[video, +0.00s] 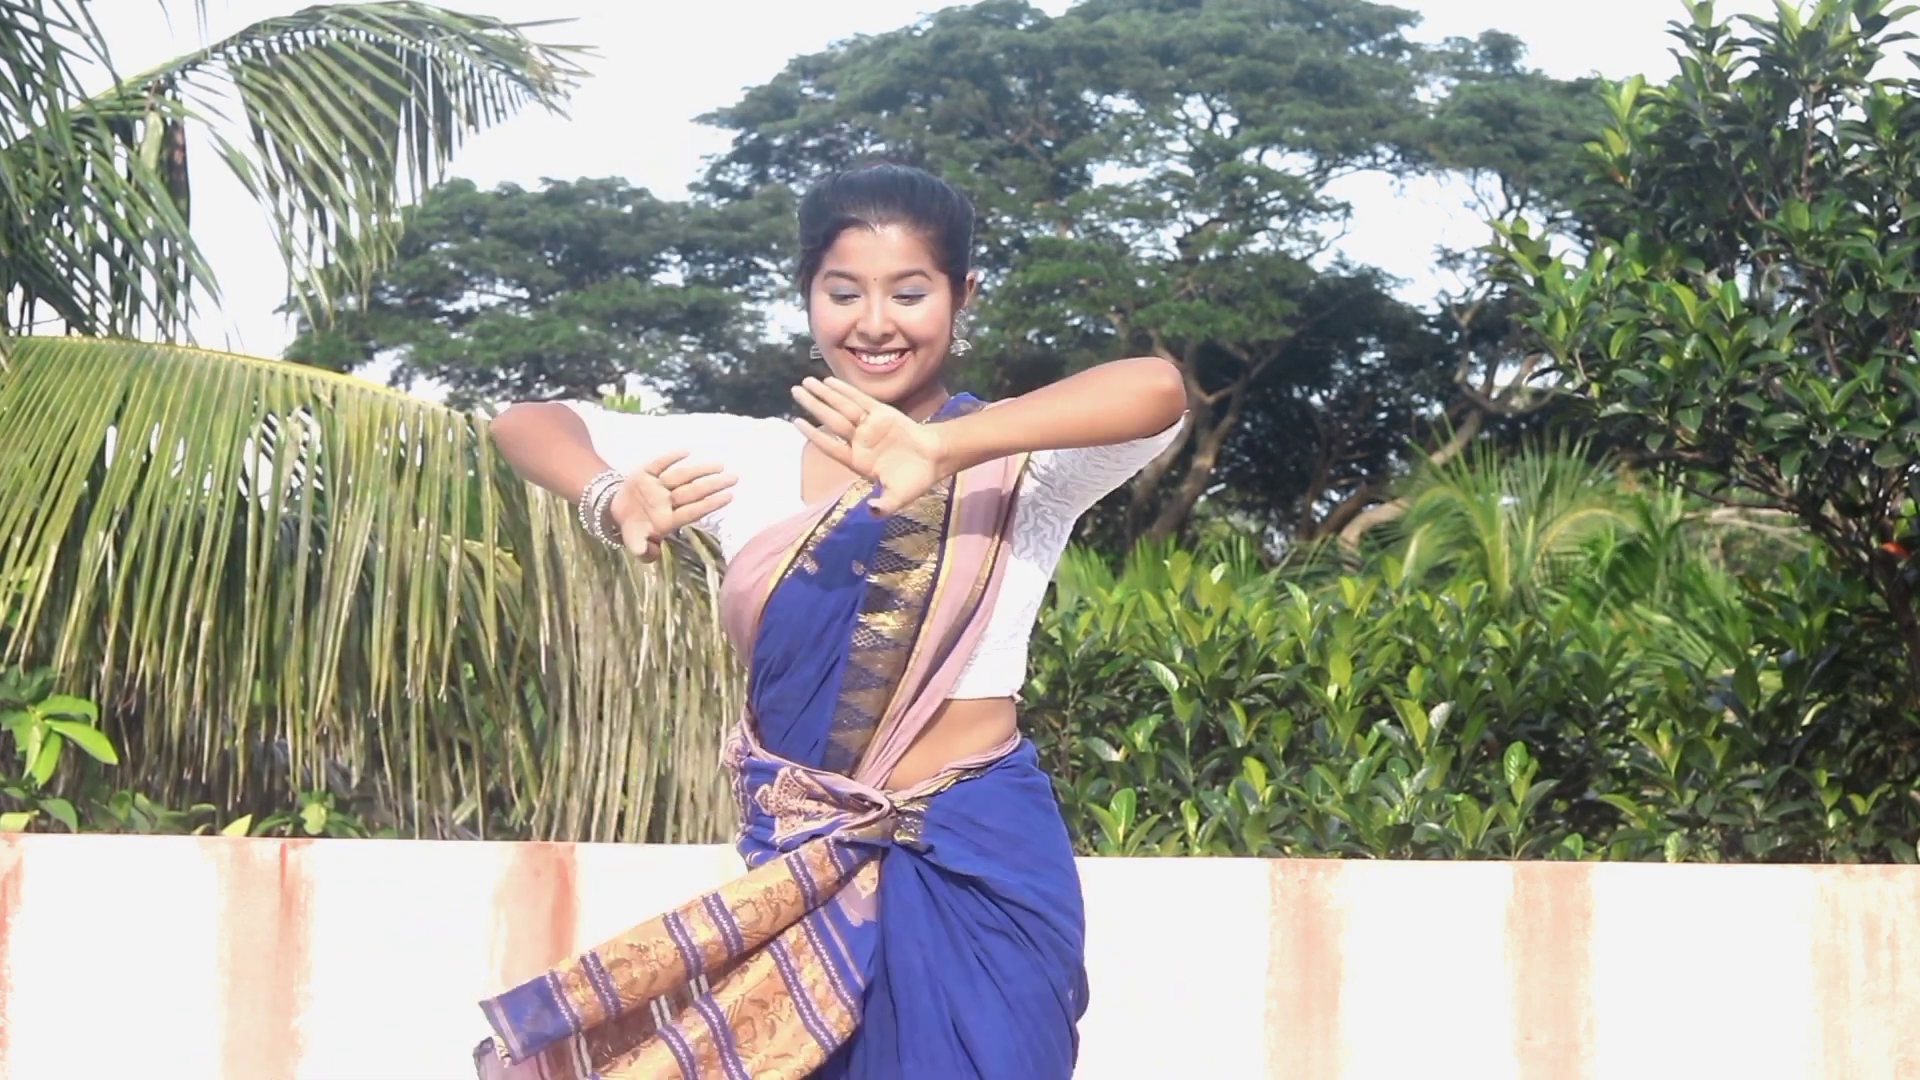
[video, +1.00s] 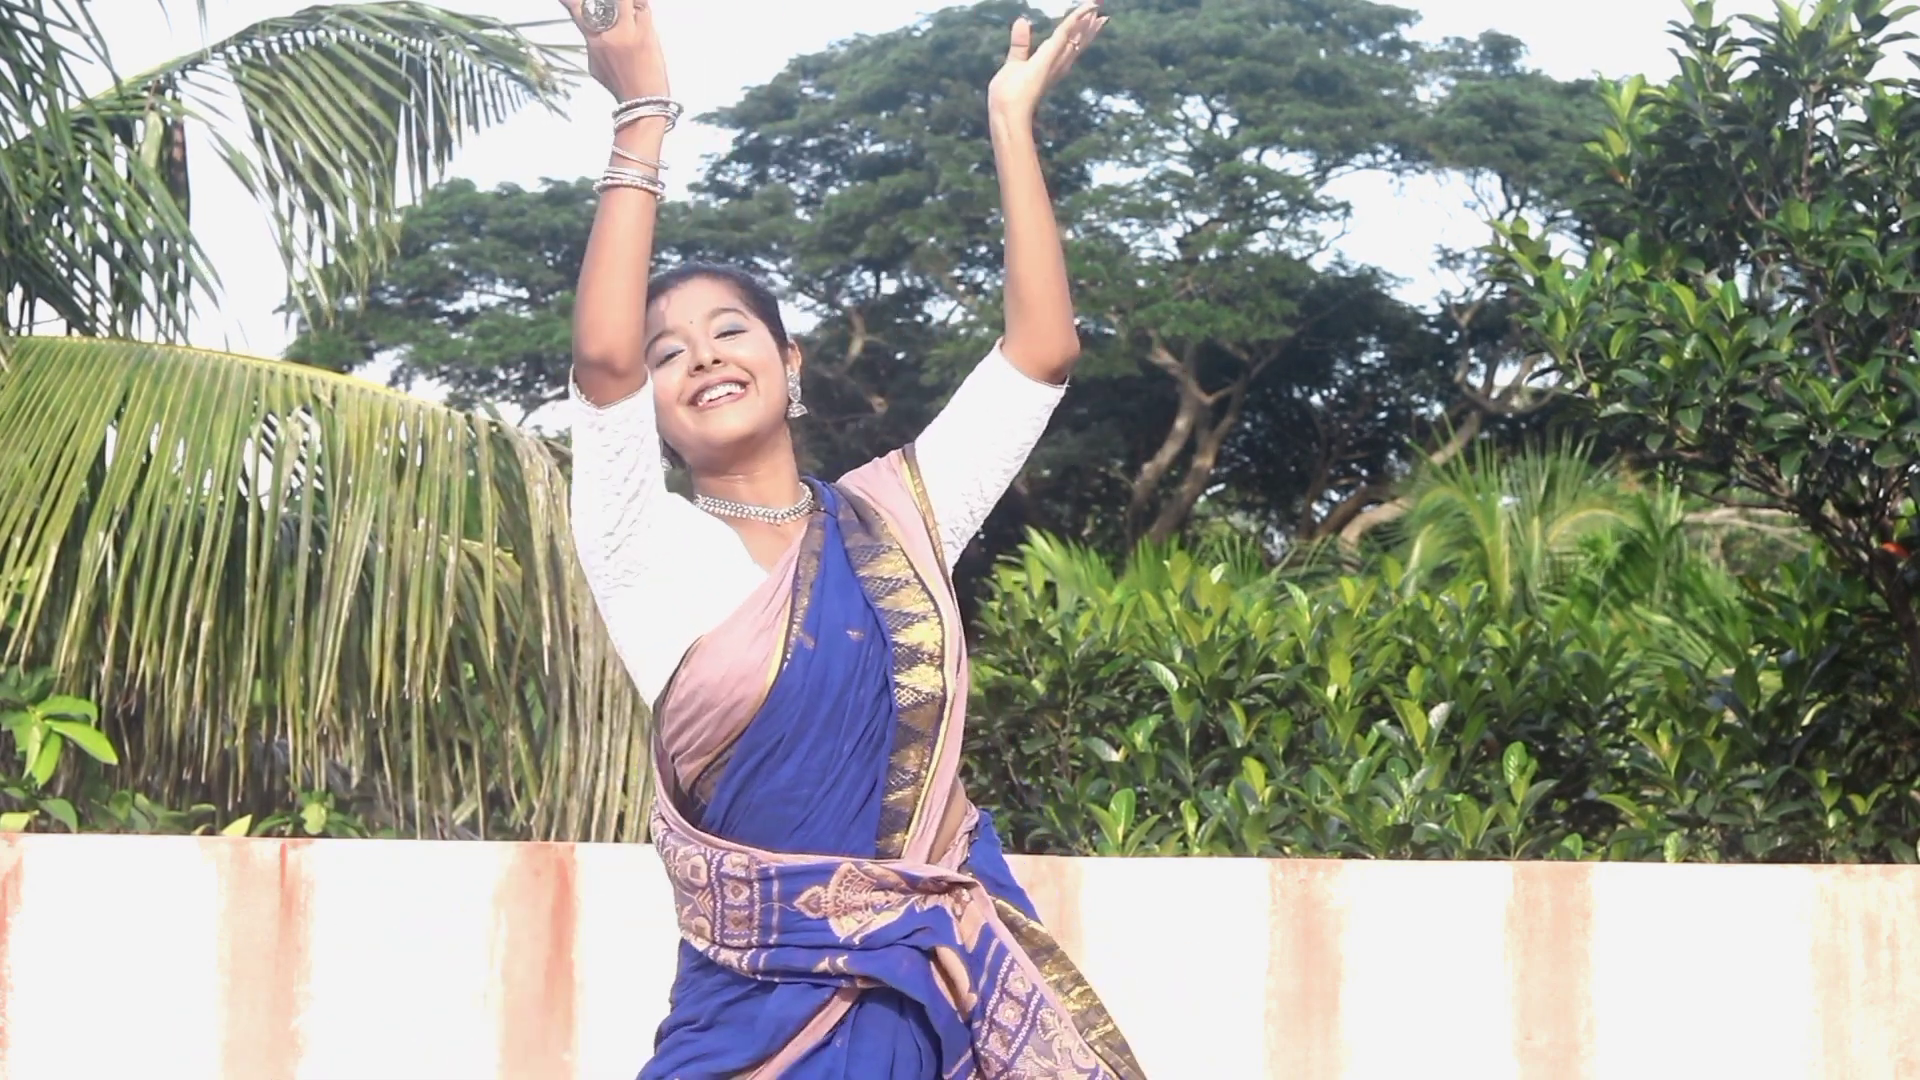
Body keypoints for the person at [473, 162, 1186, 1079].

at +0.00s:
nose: (875, 322)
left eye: (909, 290)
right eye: (845, 291)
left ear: (960, 302)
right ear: (809, 305)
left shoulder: (1022, 466)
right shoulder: (748, 457)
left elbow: (1161, 388)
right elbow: (520, 422)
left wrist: (941, 443)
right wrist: (607, 487)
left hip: (974, 858)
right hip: (795, 862)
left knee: (972, 1061)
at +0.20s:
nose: (862, 328)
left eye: (895, 300)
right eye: (828, 299)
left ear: (938, 320)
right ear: (791, 318)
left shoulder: (1008, 462)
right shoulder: (725, 478)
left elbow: (1185, 374)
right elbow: (537, 384)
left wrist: (1004, 309)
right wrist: (709, 386)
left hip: (970, 873)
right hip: (782, 883)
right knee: (783, 1065)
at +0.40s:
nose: (828, 328)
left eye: (858, 300)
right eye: (794, 305)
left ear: (902, 336)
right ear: (751, 341)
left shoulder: (980, 480)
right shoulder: (709, 499)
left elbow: (1138, 361)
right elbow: (616, 370)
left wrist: (1055, 205)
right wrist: (766, 224)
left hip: (978, 918)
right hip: (786, 922)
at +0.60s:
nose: (791, 331)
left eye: (822, 306)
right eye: (758, 311)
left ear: (870, 343)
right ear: (723, 351)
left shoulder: (950, 491)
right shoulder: (695, 518)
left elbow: (1101, 355)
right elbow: (669, 371)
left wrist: (1047, 159)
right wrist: (760, 156)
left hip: (982, 923)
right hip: (788, 941)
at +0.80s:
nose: (736, 343)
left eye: (764, 319)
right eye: (711, 332)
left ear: (819, 354)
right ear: (685, 374)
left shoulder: (920, 502)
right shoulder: (665, 536)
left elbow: (1054, 344)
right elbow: (665, 361)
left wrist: (1004, 115)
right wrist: (694, 127)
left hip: (973, 965)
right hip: (770, 983)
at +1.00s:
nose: (703, 355)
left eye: (729, 329)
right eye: (668, 350)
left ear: (788, 364)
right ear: (648, 404)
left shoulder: (900, 509)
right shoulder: (647, 553)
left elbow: (1042, 348)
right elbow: (605, 365)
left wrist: (1011, 117)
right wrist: (641, 115)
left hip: (974, 983)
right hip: (766, 1006)